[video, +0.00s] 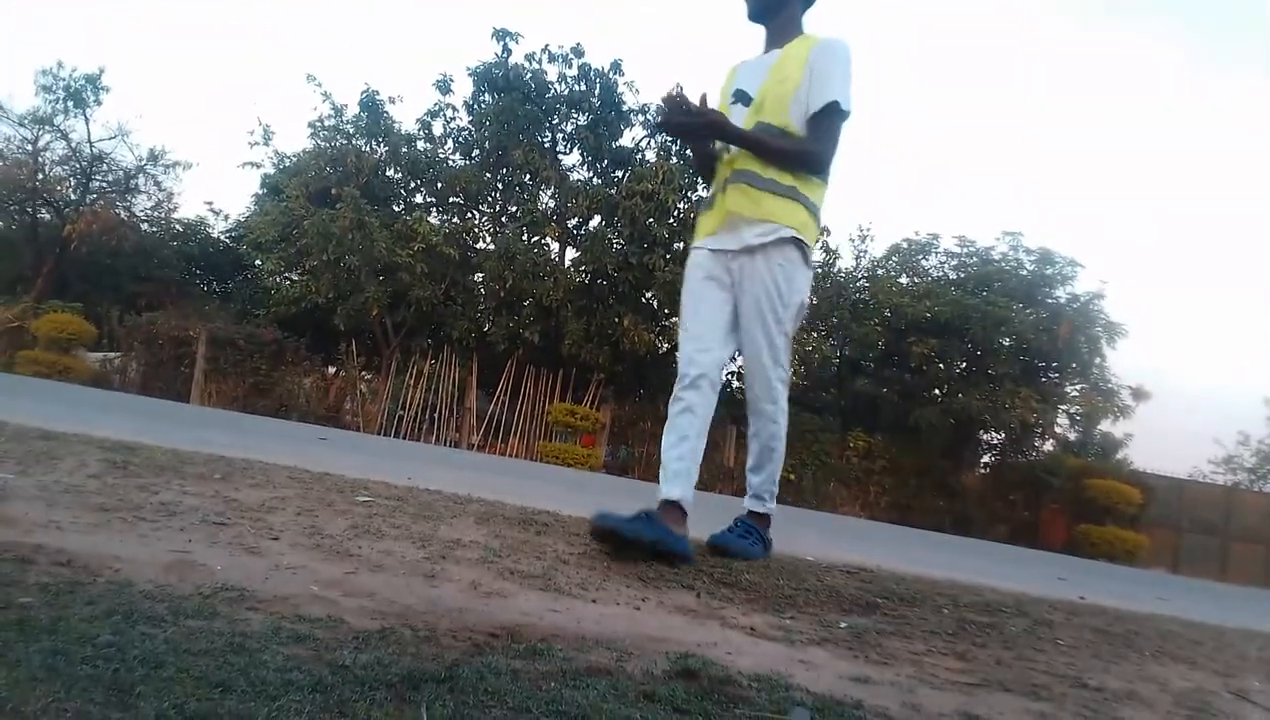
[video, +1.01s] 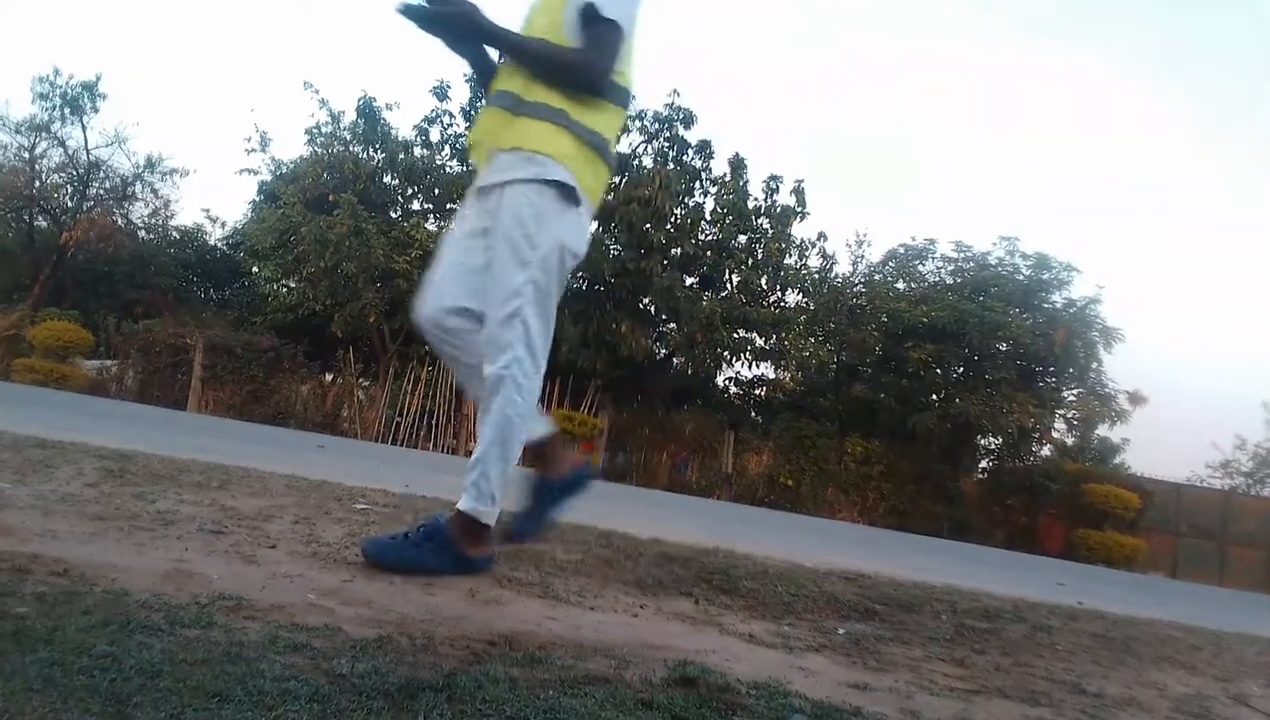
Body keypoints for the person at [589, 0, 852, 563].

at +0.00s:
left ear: (795, 1)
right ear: (767, 8)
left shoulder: (825, 52)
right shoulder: (738, 75)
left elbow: (818, 157)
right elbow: (716, 173)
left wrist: (725, 129)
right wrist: (693, 134)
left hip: (777, 239)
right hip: (714, 238)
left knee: (765, 384)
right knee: (696, 373)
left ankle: (757, 521)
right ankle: (670, 515)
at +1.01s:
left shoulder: (604, 3)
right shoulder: (547, 20)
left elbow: (593, 73)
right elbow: (514, 107)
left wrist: (488, 29)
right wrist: (469, 48)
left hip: (548, 178)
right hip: (493, 178)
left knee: (515, 344)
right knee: (442, 311)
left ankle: (472, 526)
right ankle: (556, 456)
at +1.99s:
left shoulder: (446, 8)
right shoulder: (337, 17)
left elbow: (442, 34)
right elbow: (312, 54)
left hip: (375, 136)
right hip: (302, 131)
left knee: (340, 330)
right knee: (284, 333)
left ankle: (327, 522)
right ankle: (261, 510)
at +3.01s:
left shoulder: (450, 10)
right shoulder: (340, 24)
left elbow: (442, 28)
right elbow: (325, 39)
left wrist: (350, 0)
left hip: (382, 140)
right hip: (311, 135)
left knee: (356, 341)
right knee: (291, 336)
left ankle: (328, 523)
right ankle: (262, 509)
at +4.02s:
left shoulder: (446, 8)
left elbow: (439, 30)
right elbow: (324, 39)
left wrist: (344, 1)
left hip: (377, 135)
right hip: (307, 129)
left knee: (352, 337)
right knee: (289, 334)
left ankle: (328, 523)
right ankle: (262, 508)